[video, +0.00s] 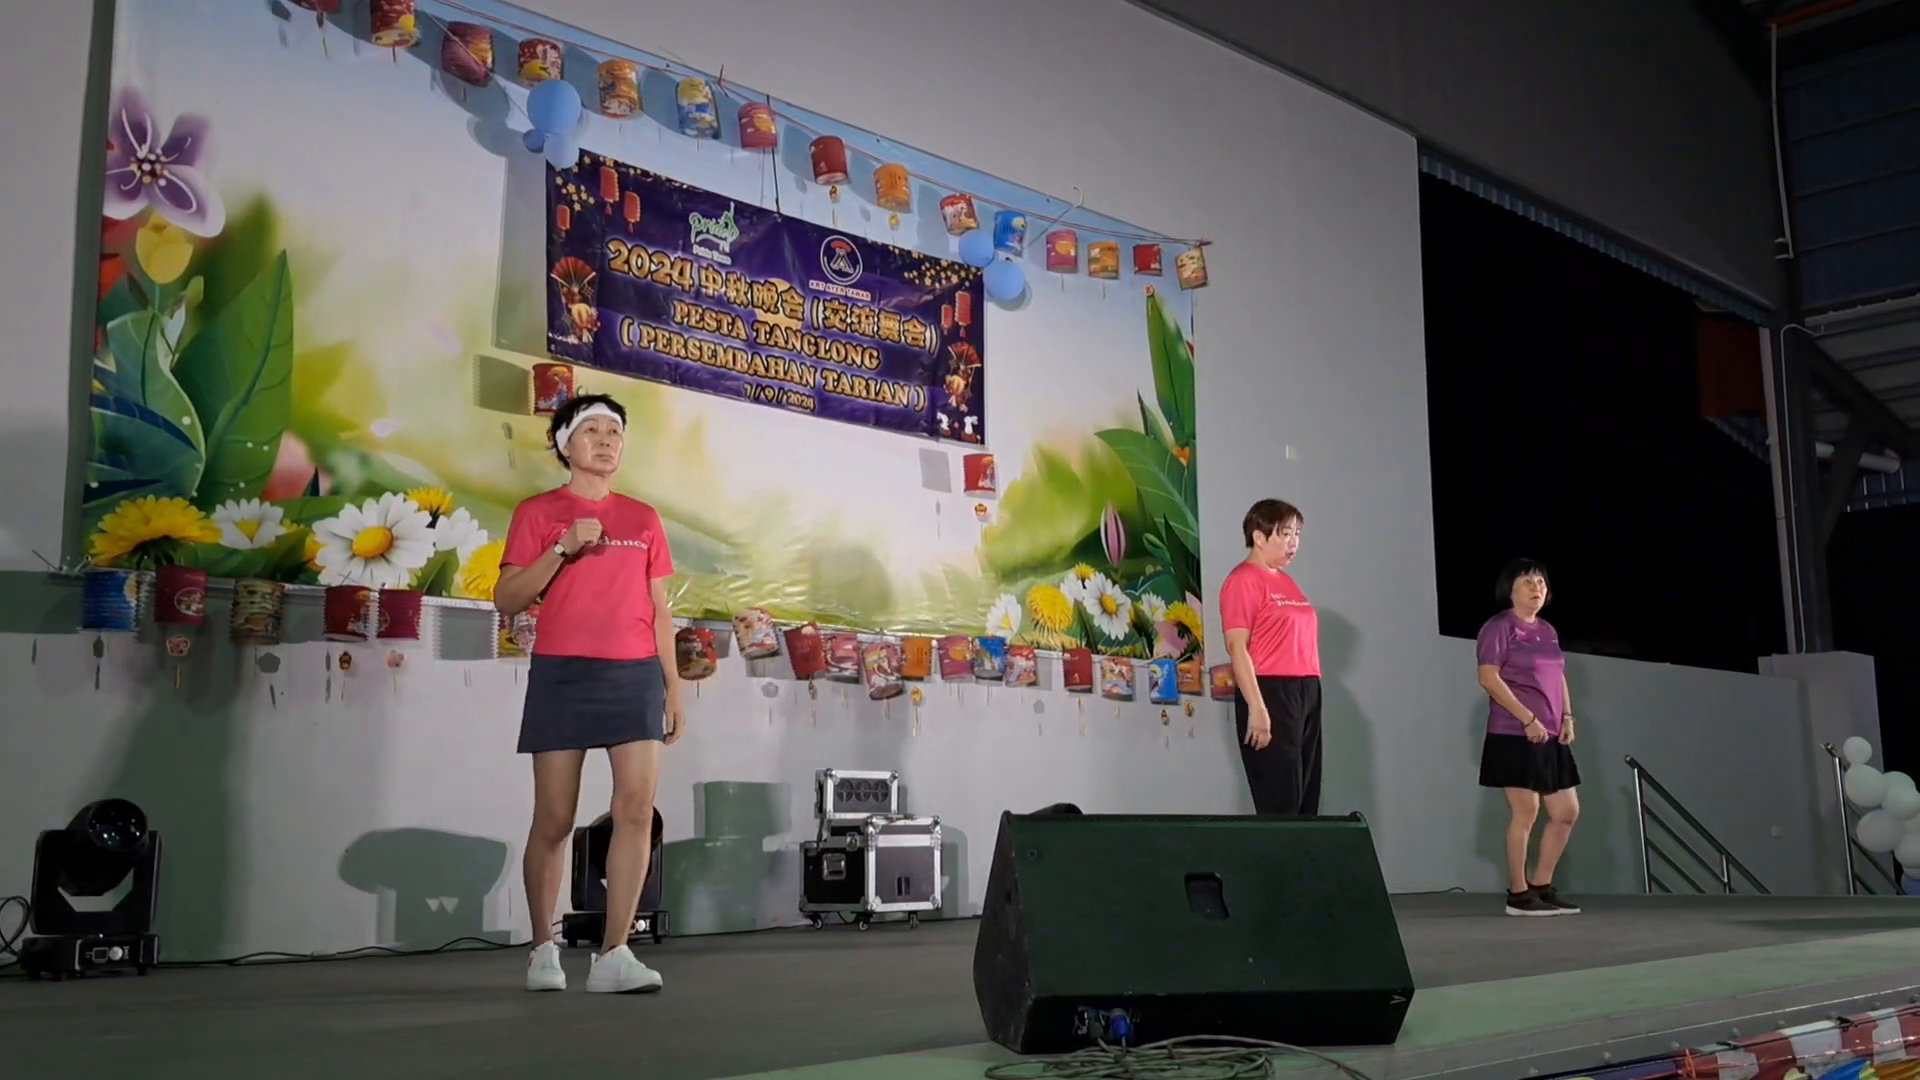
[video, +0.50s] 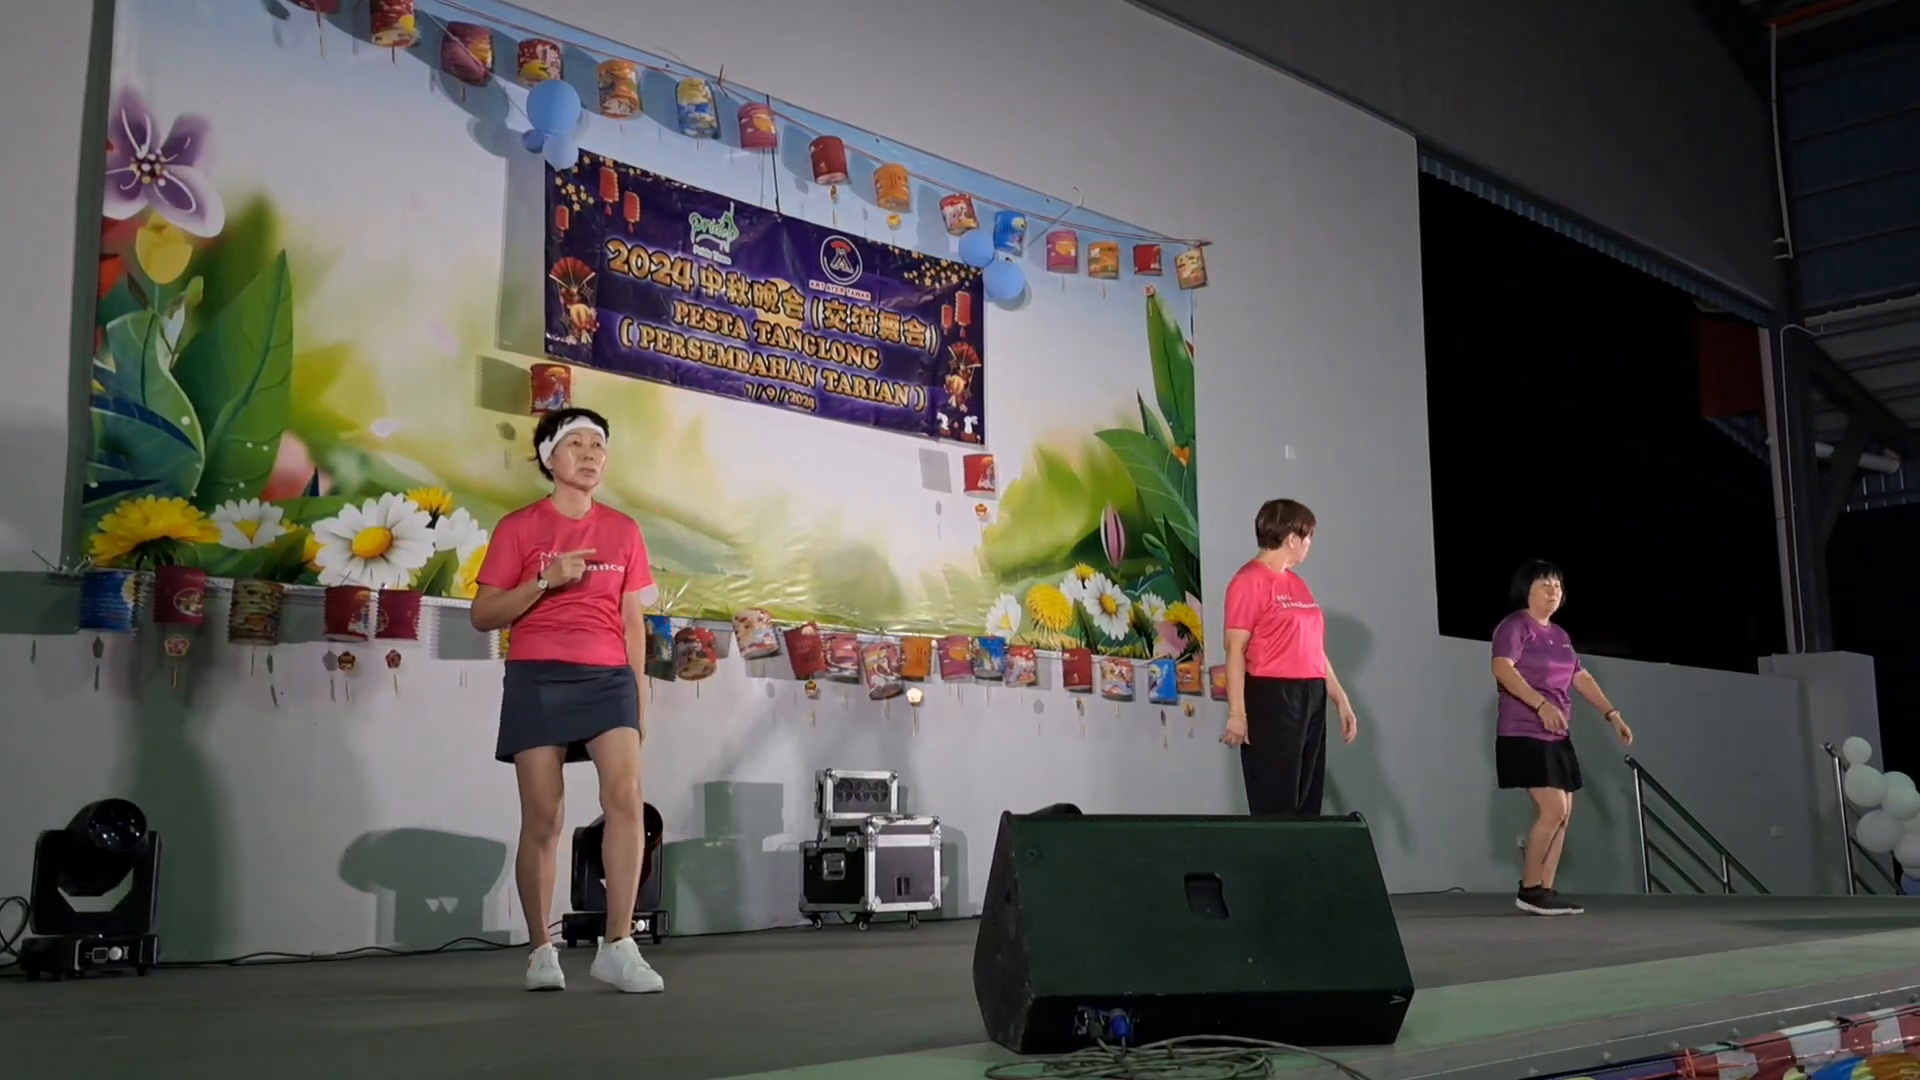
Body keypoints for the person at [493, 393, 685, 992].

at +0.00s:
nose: (605, 440)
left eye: (613, 433)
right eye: (592, 431)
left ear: (623, 448)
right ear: (565, 445)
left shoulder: (644, 519)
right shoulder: (538, 514)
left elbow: (661, 612)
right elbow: (508, 599)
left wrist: (673, 688)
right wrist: (561, 550)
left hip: (637, 676)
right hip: (561, 676)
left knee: (637, 808)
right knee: (554, 822)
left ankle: (615, 952)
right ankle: (545, 949)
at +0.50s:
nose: (589, 453)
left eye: (597, 446)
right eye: (576, 444)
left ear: (606, 461)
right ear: (549, 456)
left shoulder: (623, 530)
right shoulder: (518, 527)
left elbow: (634, 623)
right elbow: (484, 615)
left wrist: (637, 699)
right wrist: (545, 580)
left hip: (610, 680)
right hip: (536, 680)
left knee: (625, 796)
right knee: (543, 818)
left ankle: (618, 943)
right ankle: (543, 947)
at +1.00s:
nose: (586, 450)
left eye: (594, 442)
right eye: (573, 440)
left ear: (603, 455)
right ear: (545, 451)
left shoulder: (618, 524)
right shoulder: (516, 520)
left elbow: (634, 616)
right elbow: (491, 608)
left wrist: (643, 695)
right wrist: (548, 561)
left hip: (614, 677)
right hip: (541, 678)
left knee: (625, 804)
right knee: (545, 819)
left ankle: (618, 947)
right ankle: (543, 947)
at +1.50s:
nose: (590, 450)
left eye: (596, 442)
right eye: (577, 440)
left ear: (602, 454)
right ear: (546, 451)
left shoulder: (617, 522)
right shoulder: (522, 517)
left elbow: (627, 610)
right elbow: (517, 603)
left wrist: (630, 675)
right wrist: (582, 562)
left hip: (609, 677)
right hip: (540, 677)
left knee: (630, 794)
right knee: (540, 815)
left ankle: (620, 941)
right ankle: (542, 948)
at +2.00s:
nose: (633, 449)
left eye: (638, 442)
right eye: (619, 439)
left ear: (642, 455)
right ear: (587, 451)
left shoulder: (657, 526)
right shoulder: (565, 514)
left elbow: (677, 616)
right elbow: (567, 606)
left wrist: (694, 692)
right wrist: (579, 688)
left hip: (664, 677)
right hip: (597, 675)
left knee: (652, 814)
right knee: (591, 818)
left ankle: (621, 950)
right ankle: (553, 931)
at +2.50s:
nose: (654, 437)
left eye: (659, 430)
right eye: (641, 428)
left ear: (665, 447)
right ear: (611, 442)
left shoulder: (682, 519)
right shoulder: (580, 510)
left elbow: (696, 606)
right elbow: (547, 598)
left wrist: (718, 643)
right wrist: (528, 679)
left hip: (666, 673)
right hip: (597, 668)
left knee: (655, 810)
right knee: (604, 804)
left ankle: (625, 947)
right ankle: (590, 951)